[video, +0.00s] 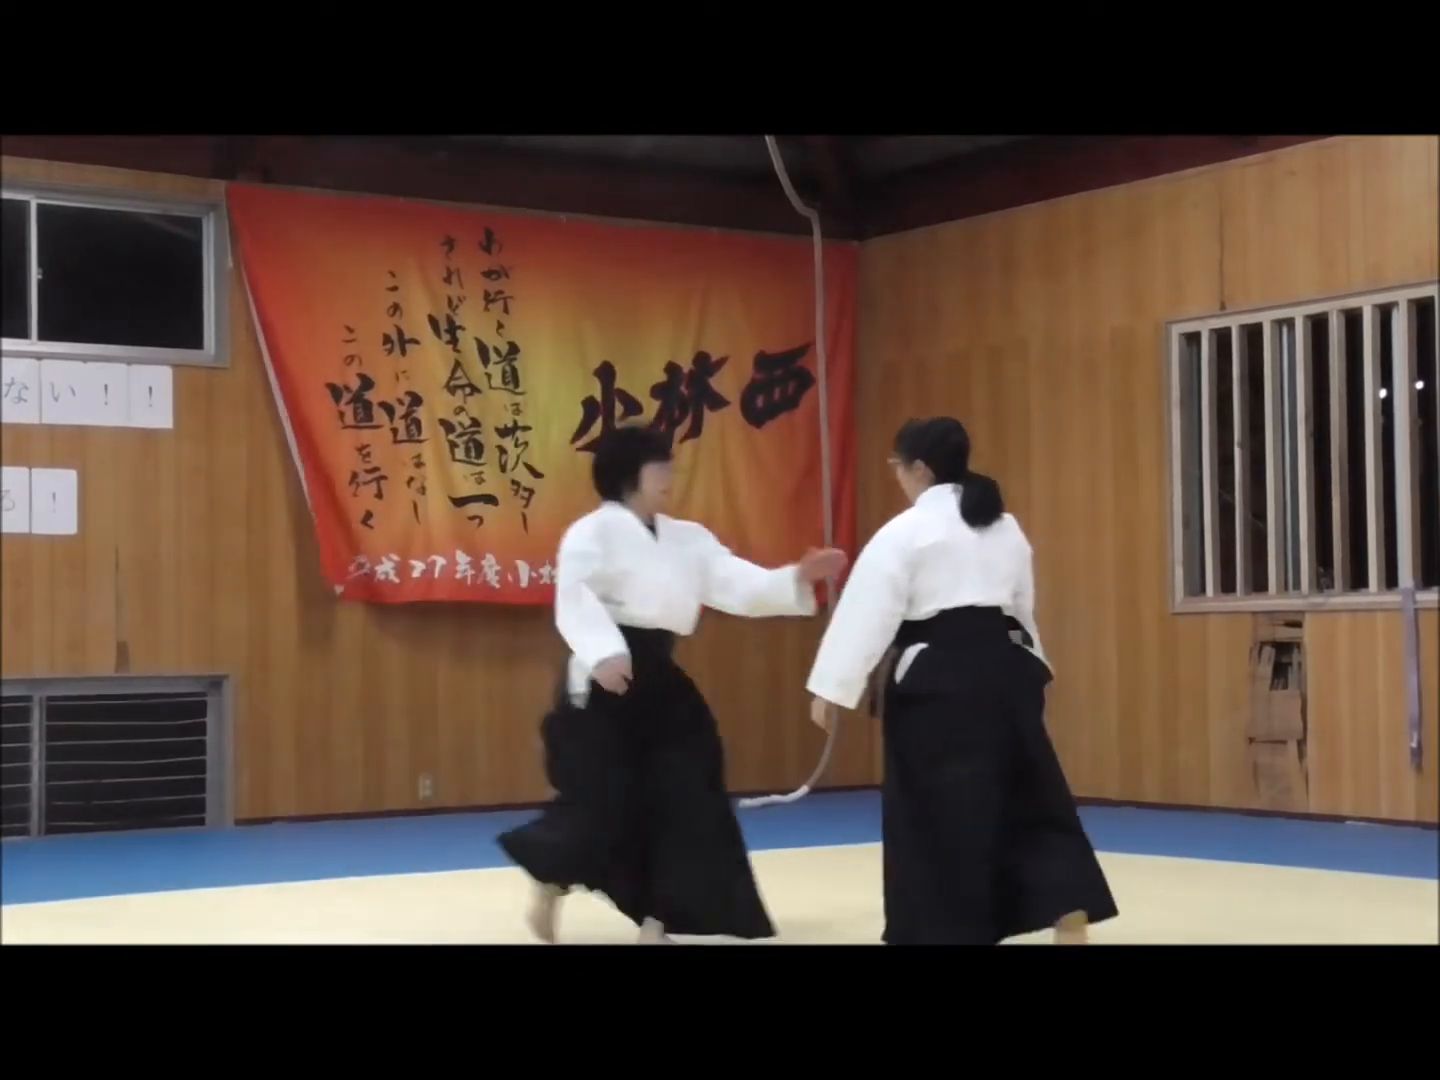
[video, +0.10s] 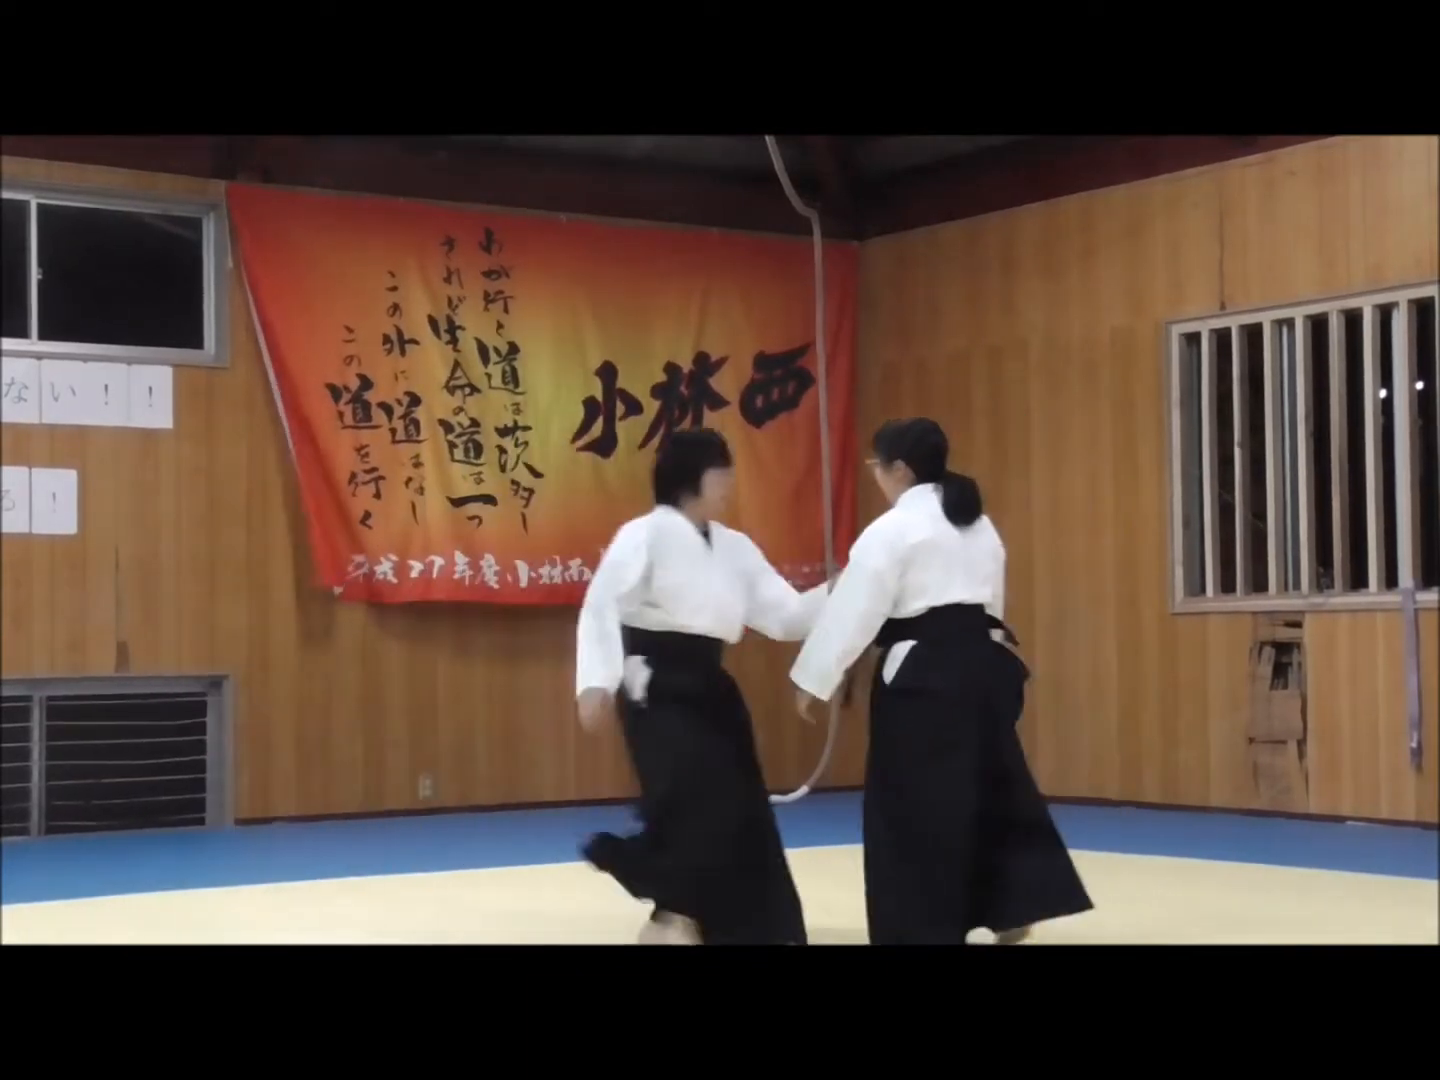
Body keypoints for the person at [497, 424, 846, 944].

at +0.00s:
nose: (669, 476)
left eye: (669, 465)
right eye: (658, 465)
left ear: (669, 472)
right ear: (626, 474)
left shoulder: (688, 539)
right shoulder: (592, 532)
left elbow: (738, 584)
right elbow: (572, 598)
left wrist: (799, 576)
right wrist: (604, 650)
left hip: (663, 675)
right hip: (605, 675)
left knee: (687, 788)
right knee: (609, 795)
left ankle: (658, 923)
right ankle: (553, 875)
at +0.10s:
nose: (730, 483)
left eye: (729, 471)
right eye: (720, 472)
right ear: (690, 478)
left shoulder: (736, 548)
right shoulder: (645, 535)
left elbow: (787, 616)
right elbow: (599, 604)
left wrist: (838, 589)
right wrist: (596, 678)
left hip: (711, 685)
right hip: (654, 684)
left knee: (740, 801)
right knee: (700, 799)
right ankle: (674, 919)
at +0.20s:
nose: (793, 486)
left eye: (793, 475)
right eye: (787, 474)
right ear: (760, 478)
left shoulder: (783, 548)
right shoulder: (708, 527)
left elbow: (791, 624)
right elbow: (647, 586)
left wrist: (836, 597)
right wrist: (607, 666)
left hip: (765, 684)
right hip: (716, 682)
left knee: (788, 797)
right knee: (744, 802)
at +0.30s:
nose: (849, 511)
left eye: (847, 499)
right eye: (842, 499)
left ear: (801, 501)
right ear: (818, 503)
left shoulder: (812, 561)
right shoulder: (778, 551)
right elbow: (726, 618)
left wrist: (833, 575)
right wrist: (705, 690)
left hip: (808, 705)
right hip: (771, 703)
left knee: (810, 824)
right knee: (791, 826)